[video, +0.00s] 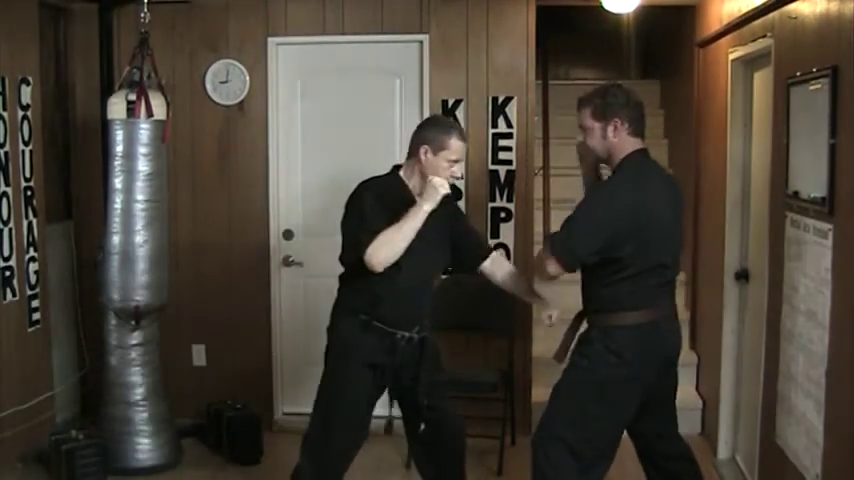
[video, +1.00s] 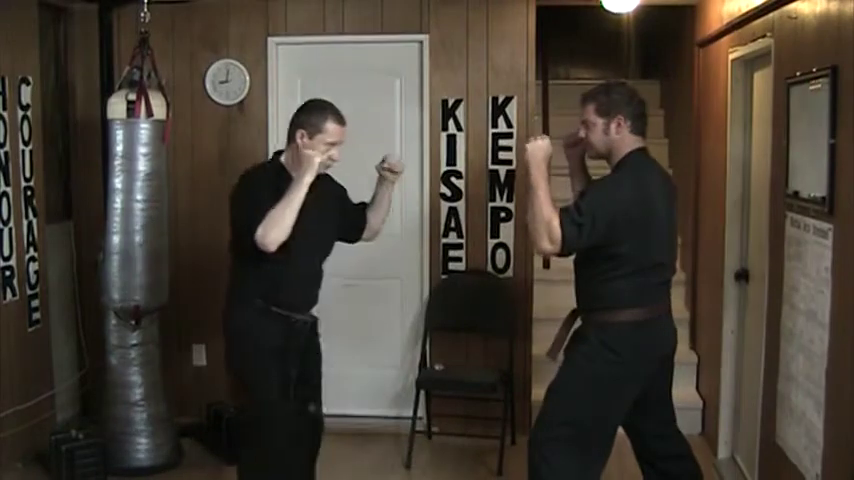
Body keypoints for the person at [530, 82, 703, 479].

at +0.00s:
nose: (582, 140)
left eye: (586, 130)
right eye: (582, 130)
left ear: (615, 127)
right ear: (624, 127)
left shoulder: (616, 191)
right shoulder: (665, 184)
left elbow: (553, 263)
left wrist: (550, 245)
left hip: (618, 342)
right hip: (660, 336)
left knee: (557, 448)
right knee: (662, 447)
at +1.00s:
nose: (581, 134)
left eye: (587, 125)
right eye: (581, 126)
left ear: (618, 125)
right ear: (622, 126)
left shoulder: (622, 184)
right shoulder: (658, 179)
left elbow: (551, 239)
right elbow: (590, 225)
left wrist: (536, 167)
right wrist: (576, 163)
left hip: (613, 341)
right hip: (652, 335)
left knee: (553, 449)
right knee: (662, 447)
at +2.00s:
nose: (586, 135)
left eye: (591, 126)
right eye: (585, 126)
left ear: (622, 126)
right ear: (625, 127)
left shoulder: (624, 187)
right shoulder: (660, 181)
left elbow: (557, 241)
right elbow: (593, 229)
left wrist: (544, 167)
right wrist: (576, 166)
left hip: (614, 342)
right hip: (654, 336)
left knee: (555, 453)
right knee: (662, 448)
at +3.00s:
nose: (581, 141)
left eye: (587, 130)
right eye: (581, 131)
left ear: (618, 129)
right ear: (619, 129)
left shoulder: (633, 186)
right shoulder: (631, 178)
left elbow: (586, 260)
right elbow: (575, 221)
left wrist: (555, 205)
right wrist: (544, 185)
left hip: (625, 341)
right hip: (645, 333)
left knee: (562, 454)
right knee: (663, 450)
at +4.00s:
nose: (586, 136)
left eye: (591, 126)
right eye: (585, 127)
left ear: (622, 126)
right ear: (626, 126)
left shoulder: (629, 184)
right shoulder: (659, 179)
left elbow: (559, 240)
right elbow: (595, 226)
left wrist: (546, 167)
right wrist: (580, 168)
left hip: (617, 340)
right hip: (653, 335)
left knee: (556, 454)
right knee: (663, 449)